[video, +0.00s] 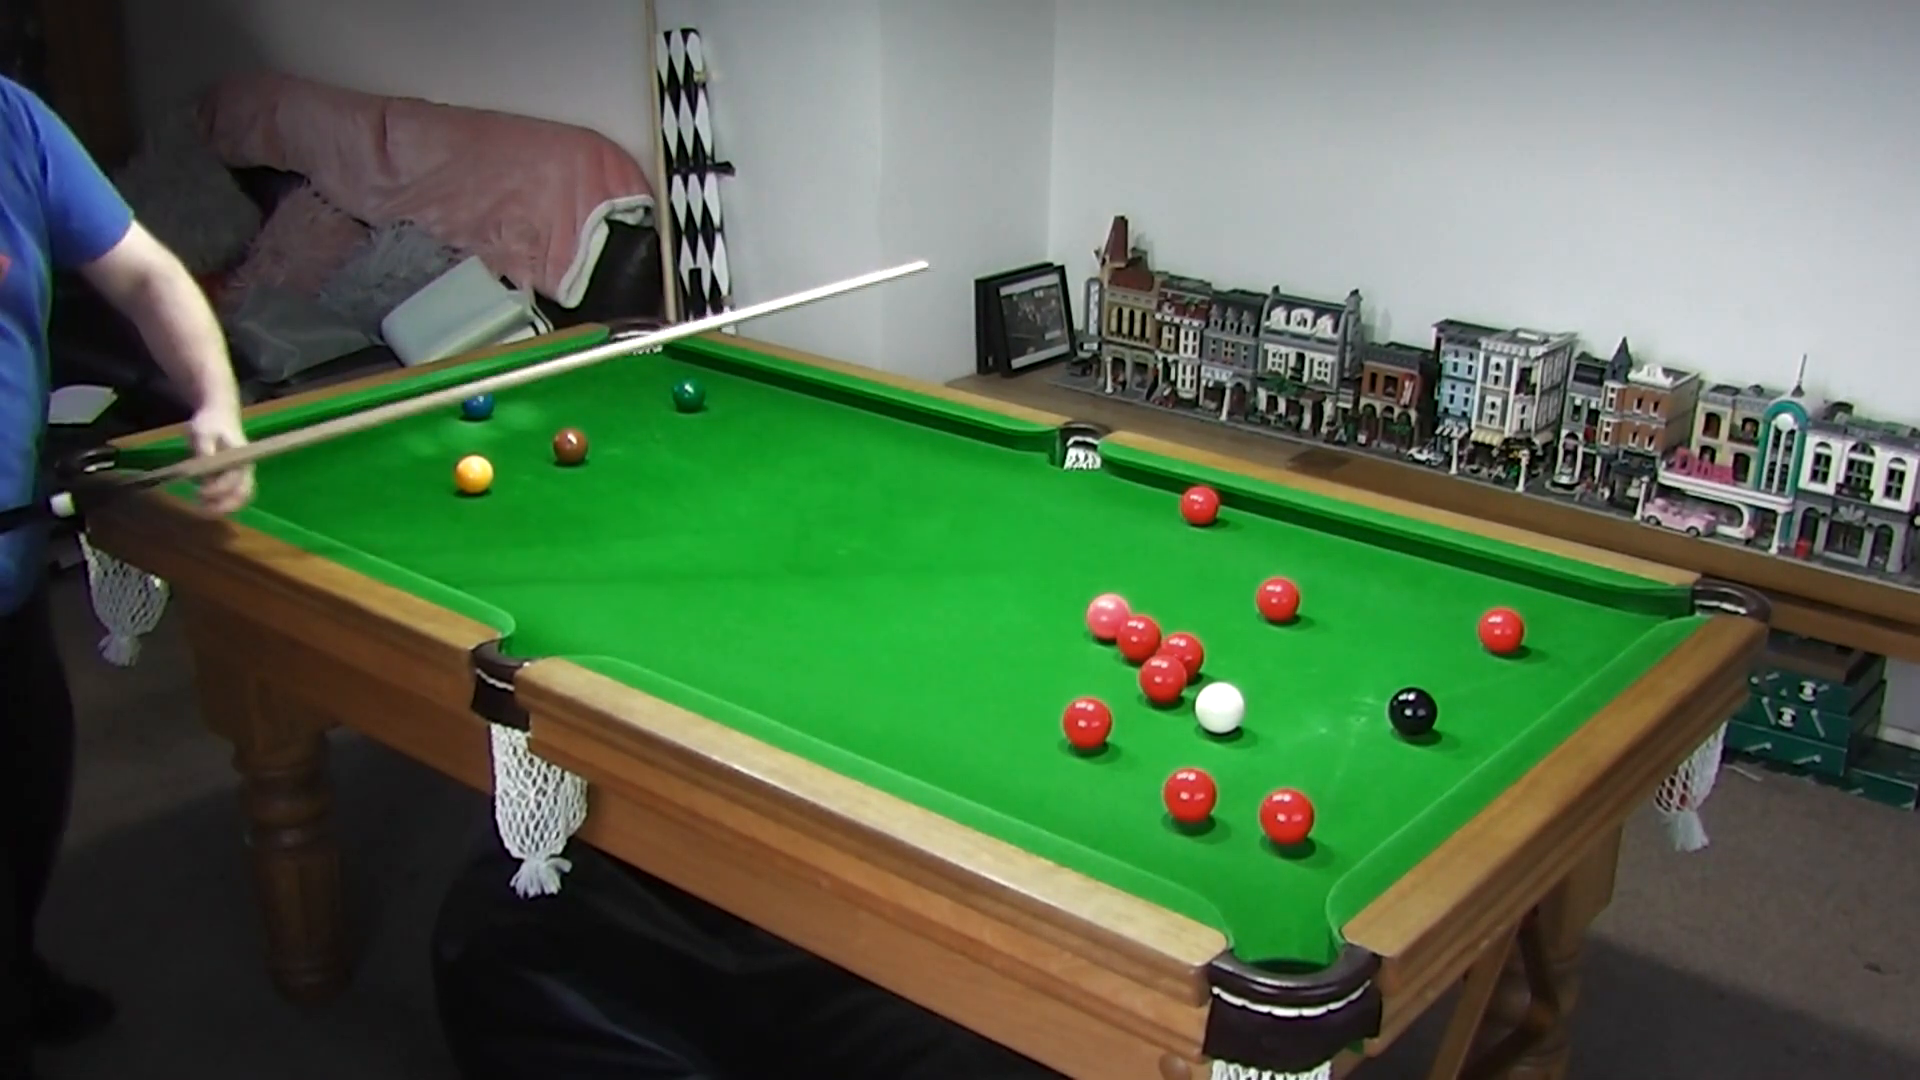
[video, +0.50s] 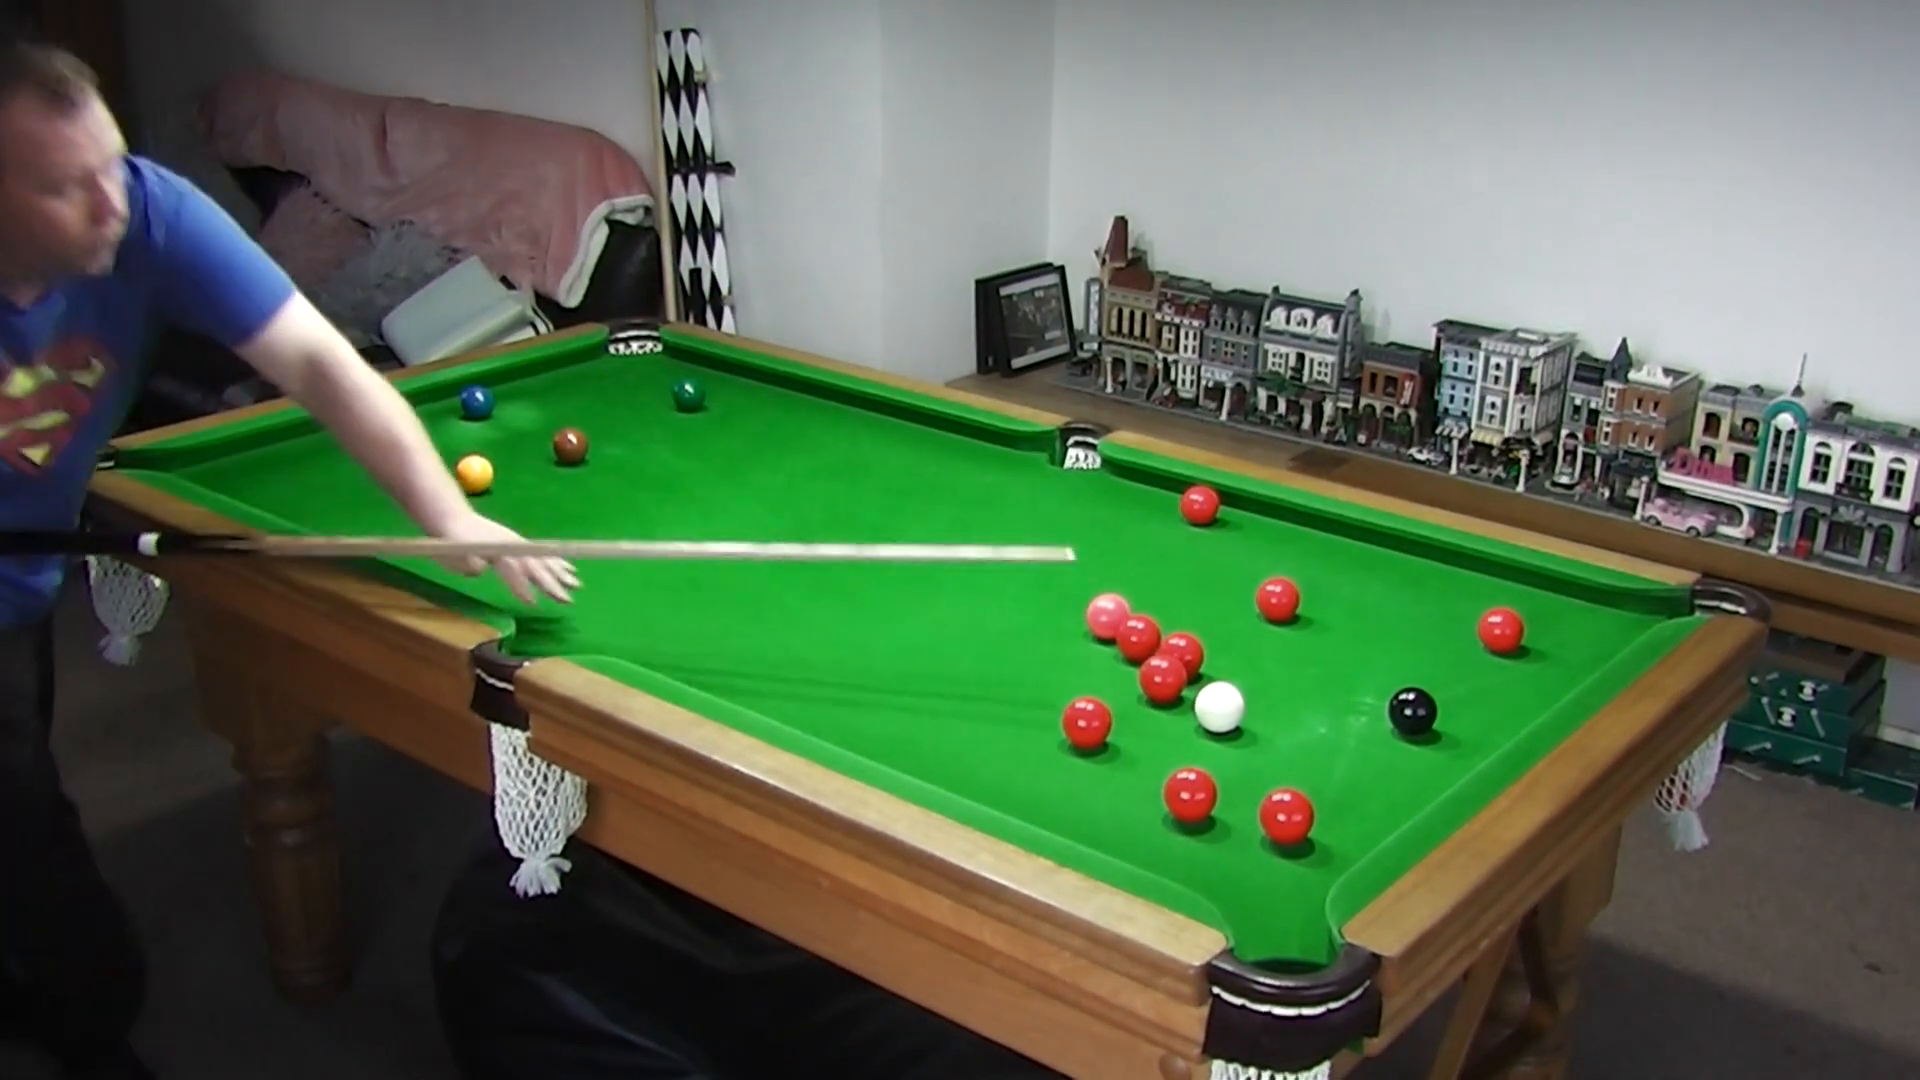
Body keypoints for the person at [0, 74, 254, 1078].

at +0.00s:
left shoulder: (17, 125)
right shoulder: (21, 126)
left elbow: (143, 271)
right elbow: (145, 272)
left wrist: (216, 404)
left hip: (15, 586)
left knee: (34, 781)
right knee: (23, 786)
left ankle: (24, 978)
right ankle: (15, 994)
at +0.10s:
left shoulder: (22, 120)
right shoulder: (29, 121)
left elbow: (168, 273)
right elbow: (171, 273)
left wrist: (258, 421)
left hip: (21, 593)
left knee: (33, 813)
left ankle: (16, 967)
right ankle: (14, 994)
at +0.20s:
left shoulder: (29, 115)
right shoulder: (34, 116)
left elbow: (182, 271)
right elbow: (184, 271)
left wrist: (285, 428)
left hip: (16, 599)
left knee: (23, 821)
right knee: (11, 831)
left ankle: (8, 982)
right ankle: (7, 1003)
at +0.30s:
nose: (11, 121)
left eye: (12, 90)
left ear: (25, 75)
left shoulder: (63, 141)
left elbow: (229, 292)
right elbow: (230, 289)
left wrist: (337, 451)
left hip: (24, 557)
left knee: (14, 808)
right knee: (13, 807)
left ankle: (17, 990)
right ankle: (14, 998)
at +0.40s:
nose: (37, 141)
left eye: (41, 104)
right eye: (6, 121)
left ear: (50, 81)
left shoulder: (90, 168)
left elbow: (259, 315)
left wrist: (379, 475)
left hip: (23, 574)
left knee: (27, 828)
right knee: (26, 827)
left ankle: (51, 1034)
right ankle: (44, 1031)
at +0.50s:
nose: (109, 202)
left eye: (110, 166)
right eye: (68, 188)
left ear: (119, 145)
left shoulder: (151, 214)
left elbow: (319, 360)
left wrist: (452, 517)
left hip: (24, 568)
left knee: (25, 803)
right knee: (22, 804)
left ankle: (91, 1022)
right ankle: (87, 1016)